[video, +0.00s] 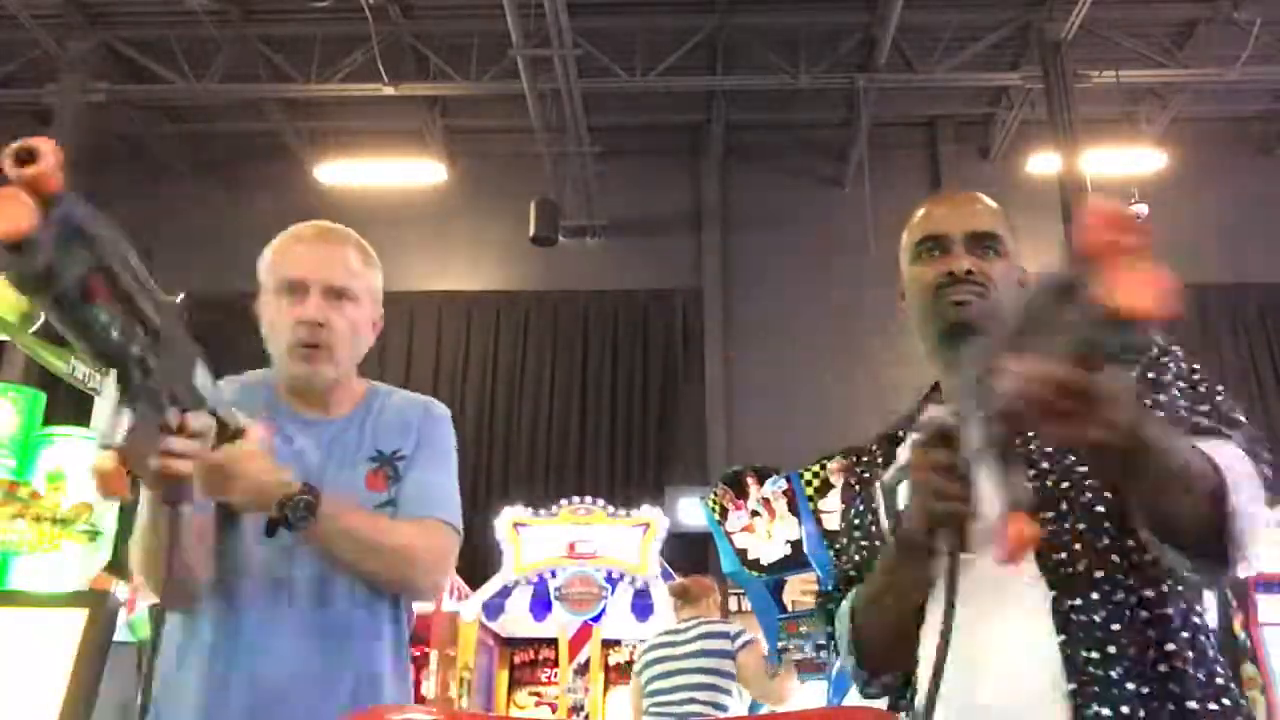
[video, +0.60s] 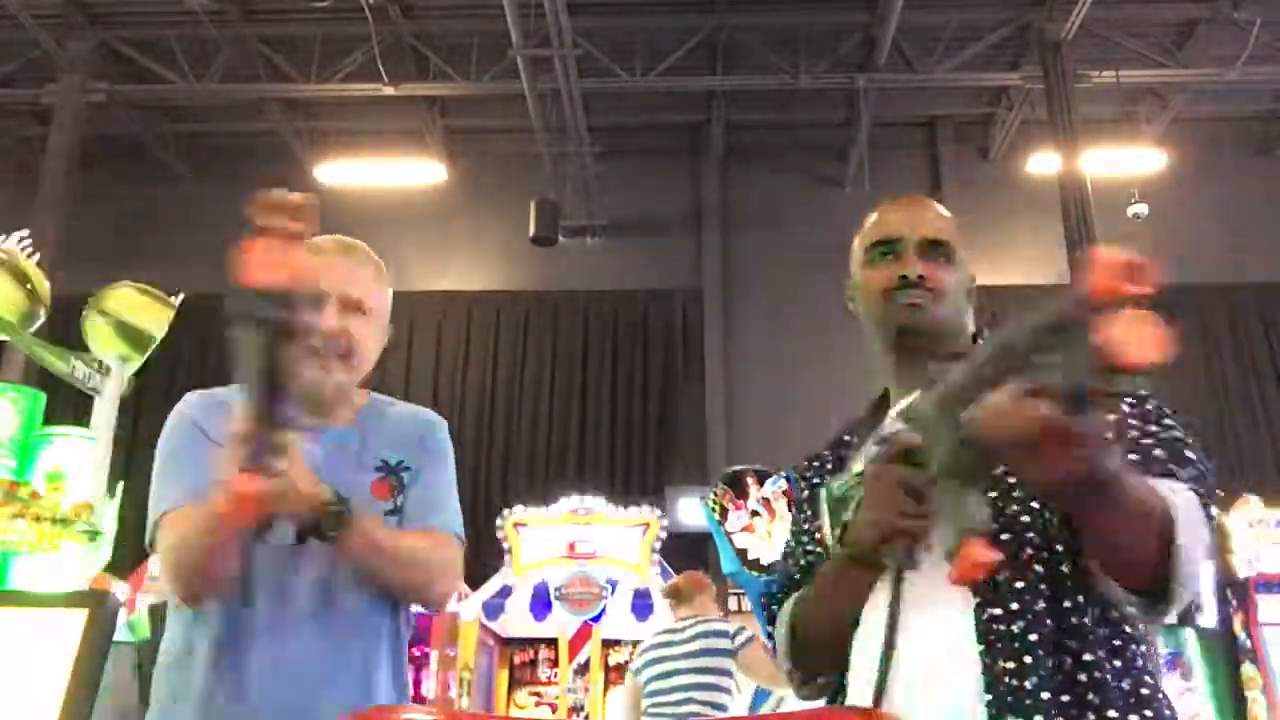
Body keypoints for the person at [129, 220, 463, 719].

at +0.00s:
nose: (312, 314)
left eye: (338, 296)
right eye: (292, 292)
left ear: (374, 323)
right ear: (260, 310)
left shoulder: (419, 422)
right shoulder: (206, 410)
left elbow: (427, 569)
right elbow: (175, 590)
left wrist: (281, 496)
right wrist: (165, 489)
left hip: (354, 708)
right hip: (208, 707)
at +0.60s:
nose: (328, 325)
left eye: (355, 308)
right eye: (310, 302)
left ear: (384, 335)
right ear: (274, 314)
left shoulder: (418, 435)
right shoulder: (202, 419)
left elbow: (439, 580)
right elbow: (186, 577)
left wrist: (325, 513)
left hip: (357, 709)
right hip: (208, 707)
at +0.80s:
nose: (332, 326)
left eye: (356, 313)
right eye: (311, 306)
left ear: (385, 339)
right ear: (273, 324)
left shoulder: (417, 438)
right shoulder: (210, 420)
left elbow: (448, 583)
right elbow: (205, 587)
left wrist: (351, 530)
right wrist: (264, 538)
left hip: (367, 709)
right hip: (217, 709)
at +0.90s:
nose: (306, 324)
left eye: (330, 308)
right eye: (285, 302)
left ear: (367, 330)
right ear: (254, 316)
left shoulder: (405, 426)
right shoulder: (189, 414)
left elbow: (427, 567)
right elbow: (155, 566)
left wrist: (294, 508)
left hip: (349, 706)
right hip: (196, 707)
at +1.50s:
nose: (304, 347)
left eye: (329, 325)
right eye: (284, 325)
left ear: (373, 337)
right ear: (260, 334)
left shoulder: (430, 447)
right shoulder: (216, 425)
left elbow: (477, 593)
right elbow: (152, 558)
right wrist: (183, 463)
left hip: (365, 710)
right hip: (216, 707)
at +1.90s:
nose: (211, 278)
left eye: (240, 255)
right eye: (190, 253)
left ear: (290, 274)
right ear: (163, 266)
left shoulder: (352, 402)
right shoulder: (113, 375)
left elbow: (387, 571)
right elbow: (29, 528)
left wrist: (319, 641)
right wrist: (46, 417)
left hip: (280, 714)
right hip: (109, 707)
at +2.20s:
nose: (314, 253)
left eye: (342, 229)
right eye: (290, 228)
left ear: (393, 253)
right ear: (262, 247)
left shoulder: (455, 385)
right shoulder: (203, 365)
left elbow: (490, 566)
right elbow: (126, 529)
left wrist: (385, 648)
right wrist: (101, 412)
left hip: (369, 714)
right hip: (192, 704)